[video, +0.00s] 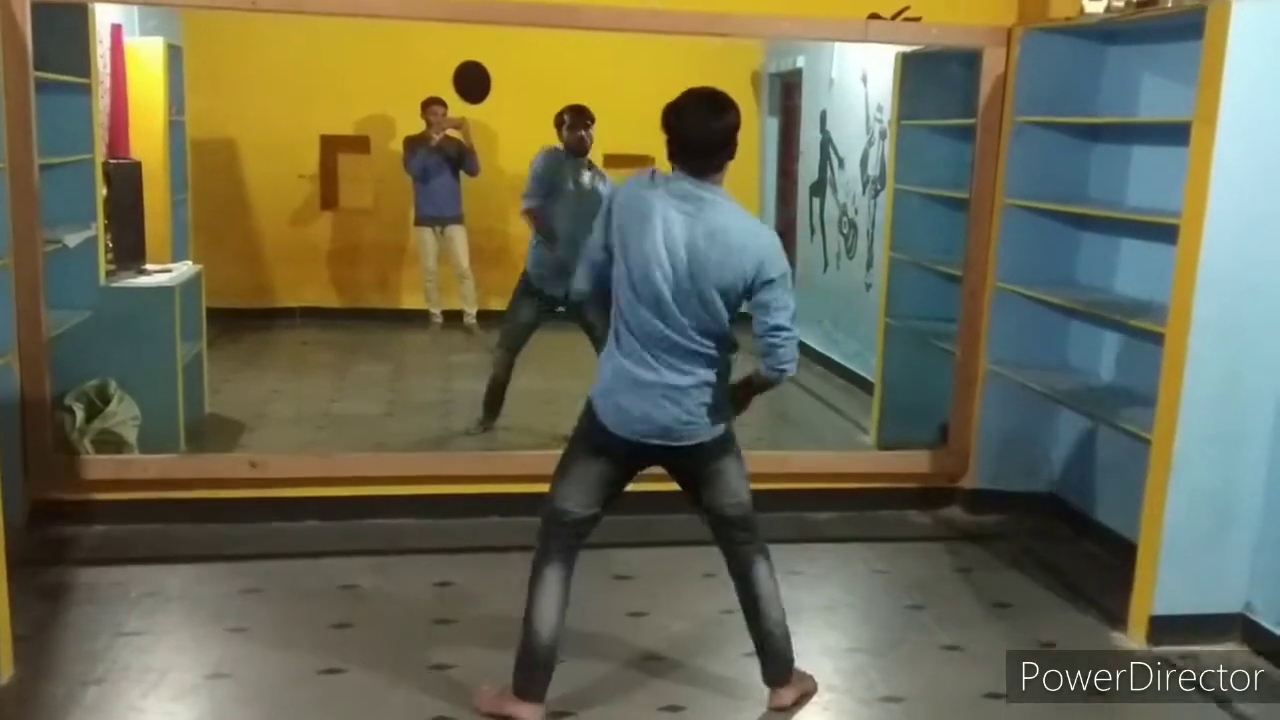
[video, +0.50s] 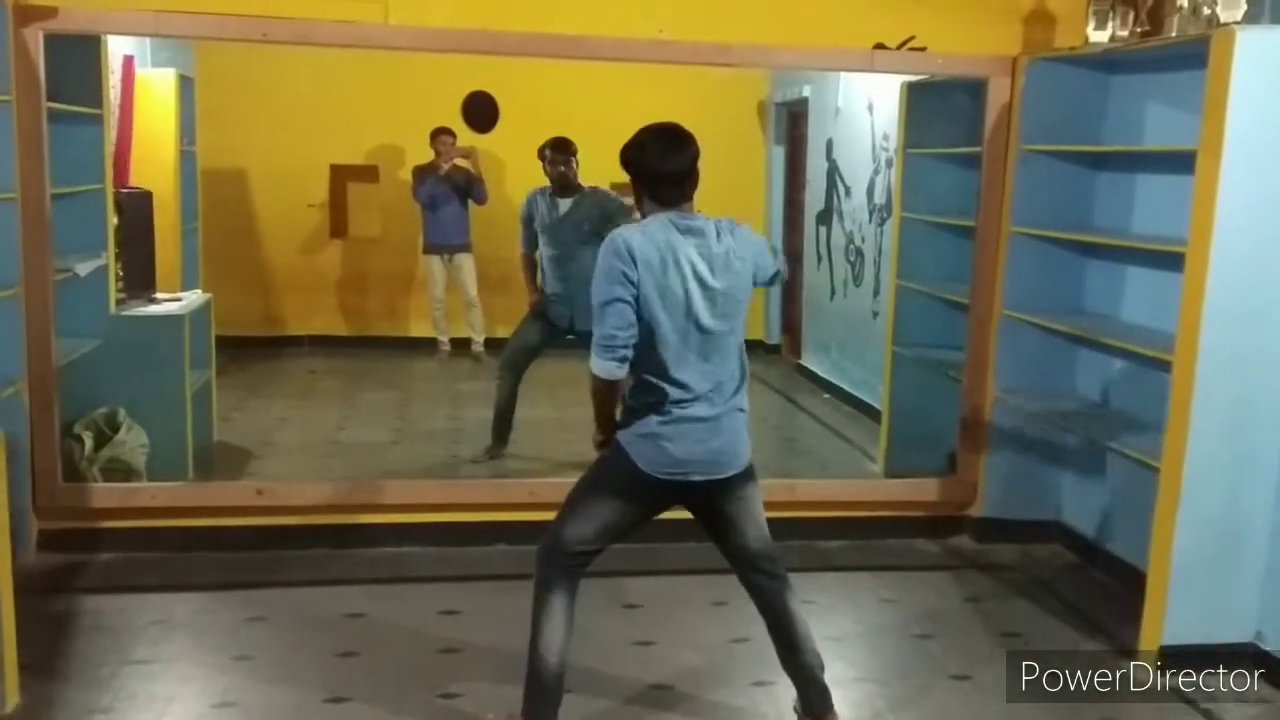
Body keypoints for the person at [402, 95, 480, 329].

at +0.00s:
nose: (437, 118)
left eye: (441, 114)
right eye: (432, 114)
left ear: (447, 117)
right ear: (424, 116)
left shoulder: (454, 143)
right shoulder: (413, 142)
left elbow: (473, 169)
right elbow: (412, 169)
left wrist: (467, 138)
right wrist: (431, 143)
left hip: (453, 216)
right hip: (425, 217)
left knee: (463, 269)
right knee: (429, 270)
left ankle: (470, 316)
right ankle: (435, 315)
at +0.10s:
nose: (438, 124)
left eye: (442, 119)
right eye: (433, 119)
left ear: (448, 122)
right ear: (425, 121)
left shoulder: (454, 148)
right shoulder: (414, 147)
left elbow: (474, 175)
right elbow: (414, 174)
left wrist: (468, 143)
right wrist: (433, 148)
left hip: (454, 221)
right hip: (426, 222)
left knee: (464, 274)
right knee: (430, 275)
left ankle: (471, 321)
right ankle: (436, 319)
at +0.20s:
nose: (440, 131)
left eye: (444, 127)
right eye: (435, 126)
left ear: (449, 130)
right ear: (427, 129)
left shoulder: (456, 156)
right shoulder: (416, 154)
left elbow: (475, 182)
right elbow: (416, 181)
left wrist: (470, 150)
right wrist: (434, 155)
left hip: (455, 228)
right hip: (428, 229)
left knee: (466, 281)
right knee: (432, 282)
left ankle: (472, 329)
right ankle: (437, 327)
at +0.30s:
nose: (441, 138)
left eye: (446, 133)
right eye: (437, 133)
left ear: (451, 136)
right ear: (429, 135)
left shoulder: (458, 162)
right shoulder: (418, 161)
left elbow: (477, 188)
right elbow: (417, 187)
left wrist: (471, 157)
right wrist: (436, 161)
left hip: (457, 234)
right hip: (430, 236)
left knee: (468, 287)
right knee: (434, 288)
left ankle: (474, 334)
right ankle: (439, 333)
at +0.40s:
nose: (444, 143)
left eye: (448, 139)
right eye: (440, 139)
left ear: (453, 142)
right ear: (431, 141)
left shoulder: (460, 168)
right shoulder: (420, 167)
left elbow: (478, 193)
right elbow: (418, 192)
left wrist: (473, 163)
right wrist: (438, 167)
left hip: (459, 240)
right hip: (432, 241)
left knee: (470, 293)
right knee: (436, 294)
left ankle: (476, 339)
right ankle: (441, 338)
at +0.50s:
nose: (446, 148)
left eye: (450, 144)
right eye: (441, 143)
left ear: (455, 147)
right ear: (433, 146)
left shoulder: (462, 172)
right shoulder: (422, 171)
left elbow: (481, 198)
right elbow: (421, 197)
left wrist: (475, 167)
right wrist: (440, 172)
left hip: (461, 245)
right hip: (434, 246)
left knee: (471, 297)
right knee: (437, 298)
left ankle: (477, 344)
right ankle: (443, 343)